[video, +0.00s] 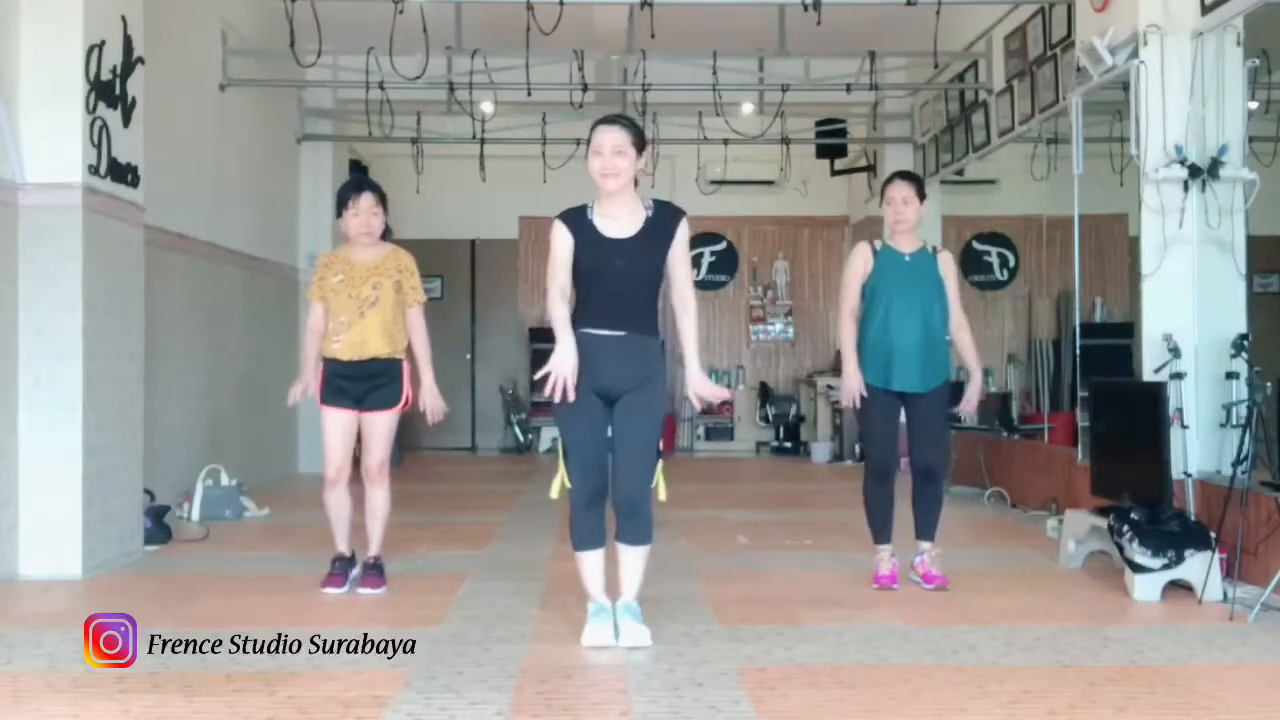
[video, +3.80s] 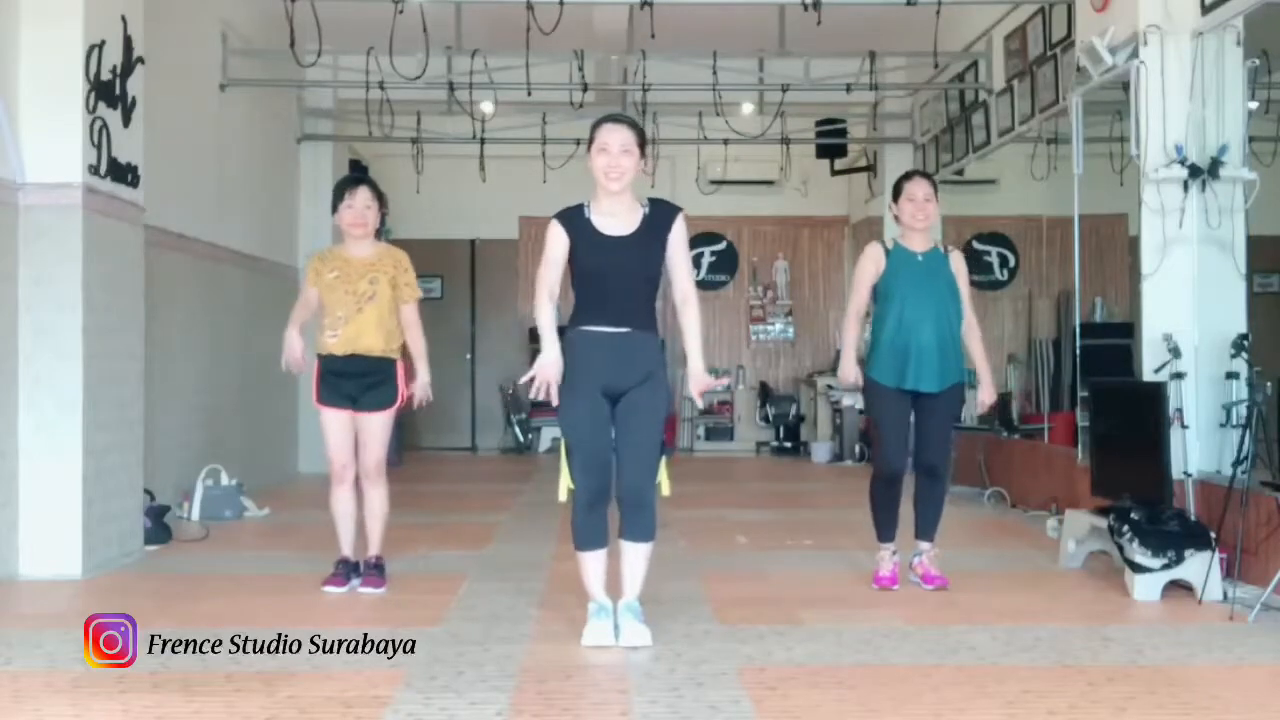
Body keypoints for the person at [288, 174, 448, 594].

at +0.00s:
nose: (365, 220)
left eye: (373, 211)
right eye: (355, 212)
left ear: (384, 217)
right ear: (341, 219)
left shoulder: (401, 262)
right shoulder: (328, 264)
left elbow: (416, 325)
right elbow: (315, 323)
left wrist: (428, 383)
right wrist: (308, 373)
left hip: (385, 371)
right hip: (336, 370)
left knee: (375, 469)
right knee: (335, 472)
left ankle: (373, 559)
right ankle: (342, 556)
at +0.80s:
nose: (359, 212)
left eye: (368, 203)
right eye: (350, 204)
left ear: (382, 212)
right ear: (338, 214)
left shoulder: (397, 259)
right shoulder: (326, 262)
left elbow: (402, 310)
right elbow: (311, 326)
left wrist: (395, 353)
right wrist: (297, 385)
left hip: (378, 367)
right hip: (332, 367)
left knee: (371, 468)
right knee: (338, 470)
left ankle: (373, 558)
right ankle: (343, 558)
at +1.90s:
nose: (358, 214)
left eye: (367, 206)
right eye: (349, 206)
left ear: (380, 215)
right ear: (337, 215)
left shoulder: (397, 259)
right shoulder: (324, 262)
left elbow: (415, 316)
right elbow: (307, 304)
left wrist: (432, 368)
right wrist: (293, 323)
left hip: (384, 370)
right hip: (335, 370)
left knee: (373, 468)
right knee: (336, 469)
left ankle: (374, 559)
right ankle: (343, 558)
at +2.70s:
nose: (355, 210)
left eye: (365, 203)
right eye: (348, 202)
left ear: (380, 212)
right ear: (336, 212)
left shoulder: (394, 259)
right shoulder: (322, 263)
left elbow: (400, 309)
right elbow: (305, 325)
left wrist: (390, 349)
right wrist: (290, 382)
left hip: (375, 367)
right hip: (328, 367)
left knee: (367, 468)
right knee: (337, 470)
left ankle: (372, 559)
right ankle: (345, 560)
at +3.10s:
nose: (350, 215)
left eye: (360, 208)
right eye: (343, 208)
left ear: (375, 217)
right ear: (331, 216)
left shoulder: (388, 262)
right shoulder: (320, 265)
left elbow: (374, 318)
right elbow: (310, 330)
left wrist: (356, 308)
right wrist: (300, 382)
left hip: (367, 369)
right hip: (322, 367)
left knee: (357, 469)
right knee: (335, 471)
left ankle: (371, 557)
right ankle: (346, 560)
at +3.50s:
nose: (352, 216)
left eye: (361, 210)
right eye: (344, 209)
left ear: (377, 219)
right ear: (333, 218)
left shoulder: (391, 260)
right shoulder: (323, 266)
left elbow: (393, 308)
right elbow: (304, 329)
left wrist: (388, 344)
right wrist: (282, 388)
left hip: (371, 369)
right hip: (324, 369)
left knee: (362, 469)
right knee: (337, 470)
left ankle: (372, 558)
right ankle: (347, 560)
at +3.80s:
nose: (358, 214)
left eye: (367, 207)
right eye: (349, 207)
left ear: (380, 215)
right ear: (336, 215)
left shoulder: (396, 261)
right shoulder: (323, 262)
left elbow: (411, 320)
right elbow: (306, 305)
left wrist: (422, 371)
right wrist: (292, 331)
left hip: (382, 370)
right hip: (333, 369)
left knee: (372, 468)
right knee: (340, 469)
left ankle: (373, 560)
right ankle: (346, 560)